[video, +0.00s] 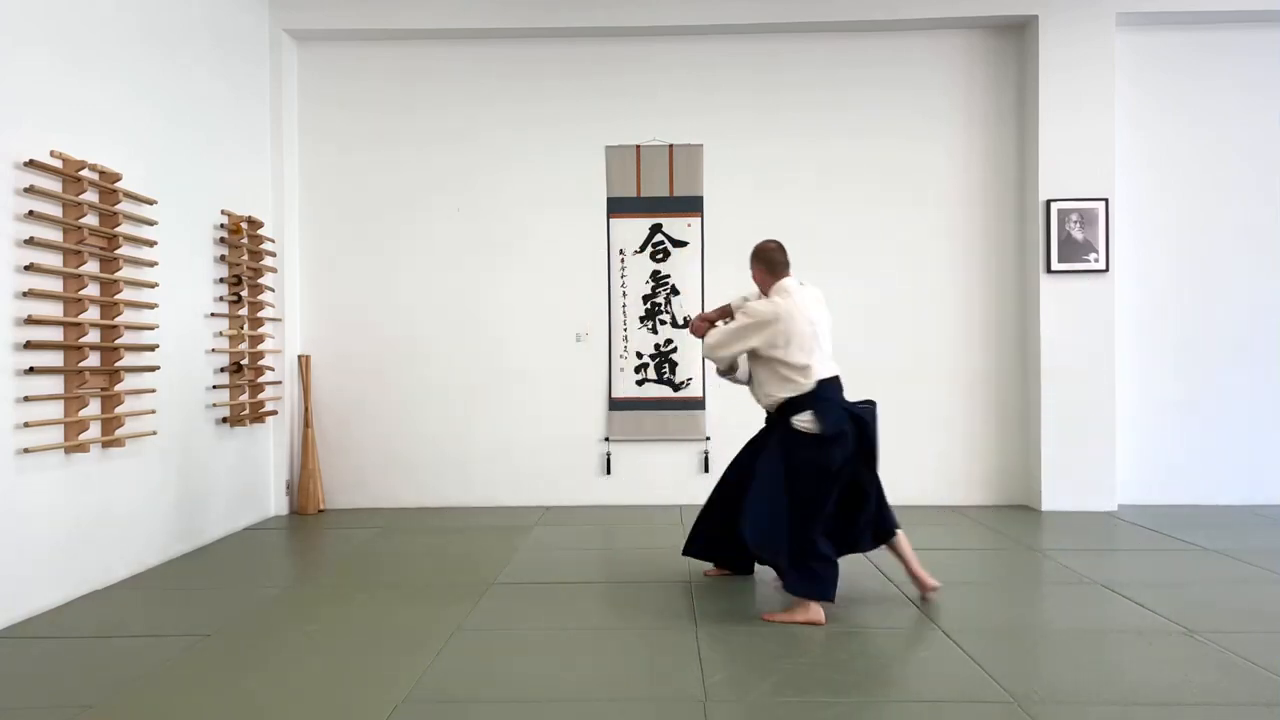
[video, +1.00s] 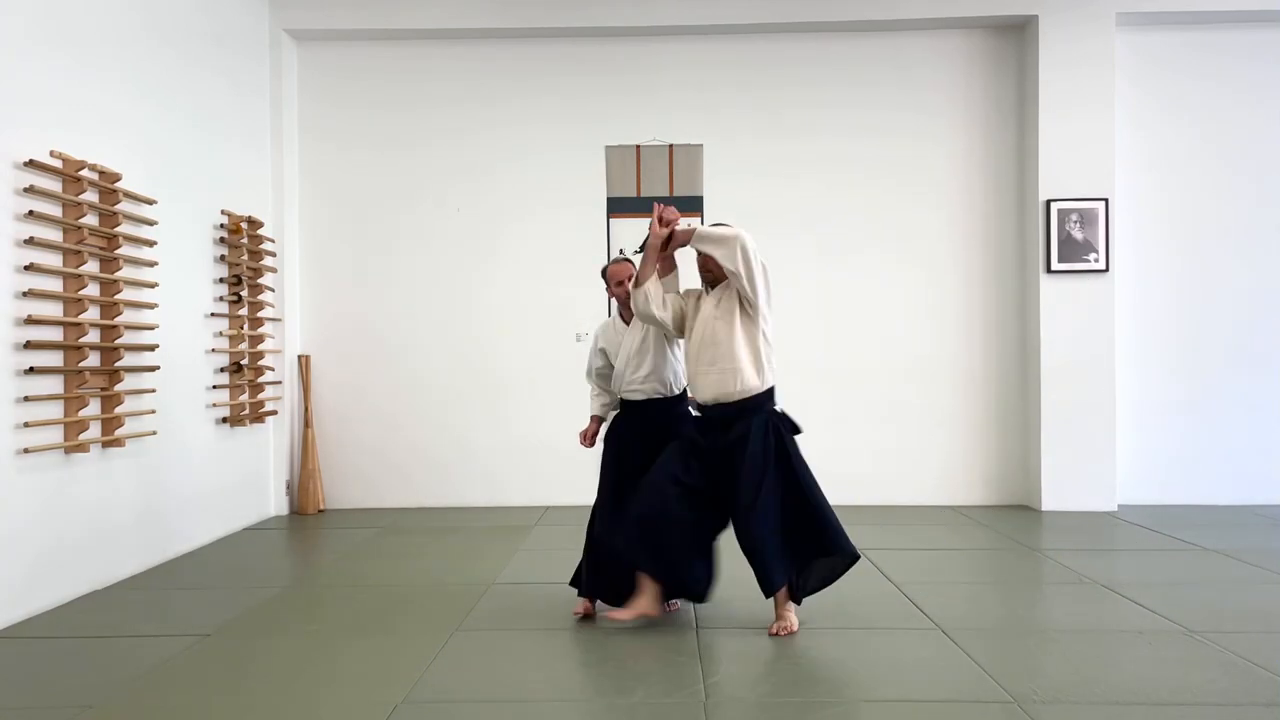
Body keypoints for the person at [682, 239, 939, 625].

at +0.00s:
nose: (753, 277)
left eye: (752, 271)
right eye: (755, 271)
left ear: (755, 273)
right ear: (789, 268)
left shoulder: (767, 311)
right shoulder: (810, 296)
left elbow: (715, 350)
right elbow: (758, 302)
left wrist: (752, 373)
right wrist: (717, 315)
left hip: (801, 422)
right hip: (835, 409)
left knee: (799, 511)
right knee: (864, 495)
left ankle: (809, 604)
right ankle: (919, 574)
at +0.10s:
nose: (784, 284)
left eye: (786, 278)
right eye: (784, 278)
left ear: (801, 280)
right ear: (815, 278)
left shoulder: (817, 316)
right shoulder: (826, 305)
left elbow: (771, 348)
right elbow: (771, 312)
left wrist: (732, 346)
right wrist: (741, 324)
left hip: (833, 435)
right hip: (858, 427)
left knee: (783, 512)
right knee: (897, 506)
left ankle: (808, 605)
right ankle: (962, 585)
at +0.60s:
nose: (787, 289)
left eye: (792, 281)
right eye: (786, 281)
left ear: (817, 279)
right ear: (816, 281)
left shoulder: (834, 313)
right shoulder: (811, 318)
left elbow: (791, 313)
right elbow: (764, 340)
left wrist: (736, 288)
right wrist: (722, 315)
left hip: (858, 434)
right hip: (847, 433)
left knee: (800, 496)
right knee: (897, 512)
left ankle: (788, 599)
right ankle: (961, 586)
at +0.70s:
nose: (765, 282)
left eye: (771, 276)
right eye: (764, 275)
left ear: (797, 277)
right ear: (787, 276)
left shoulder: (812, 310)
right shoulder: (775, 322)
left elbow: (764, 297)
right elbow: (747, 349)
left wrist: (717, 275)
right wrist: (721, 352)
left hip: (835, 429)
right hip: (813, 433)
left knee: (789, 504)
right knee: (874, 505)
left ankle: (790, 604)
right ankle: (946, 568)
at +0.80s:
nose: (740, 271)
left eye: (746, 265)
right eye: (738, 265)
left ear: (771, 266)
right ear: (757, 268)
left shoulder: (792, 297)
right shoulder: (741, 318)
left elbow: (749, 281)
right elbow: (706, 352)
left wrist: (700, 268)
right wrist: (676, 327)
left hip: (812, 424)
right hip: (781, 430)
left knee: (773, 507)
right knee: (823, 511)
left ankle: (787, 606)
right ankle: (893, 556)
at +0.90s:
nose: (721, 255)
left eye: (729, 249)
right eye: (719, 250)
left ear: (753, 254)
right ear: (718, 259)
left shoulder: (772, 291)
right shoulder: (717, 309)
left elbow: (741, 263)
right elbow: (673, 326)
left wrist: (688, 255)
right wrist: (661, 274)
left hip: (785, 419)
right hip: (749, 425)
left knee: (770, 510)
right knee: (735, 516)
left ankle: (786, 605)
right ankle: (784, 583)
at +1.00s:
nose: (704, 260)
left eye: (712, 252)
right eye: (700, 254)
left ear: (730, 256)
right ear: (697, 261)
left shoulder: (747, 297)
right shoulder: (690, 304)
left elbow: (739, 241)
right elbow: (644, 301)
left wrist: (684, 235)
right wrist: (652, 248)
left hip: (751, 419)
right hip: (704, 421)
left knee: (759, 515)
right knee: (656, 498)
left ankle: (784, 604)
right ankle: (648, 596)